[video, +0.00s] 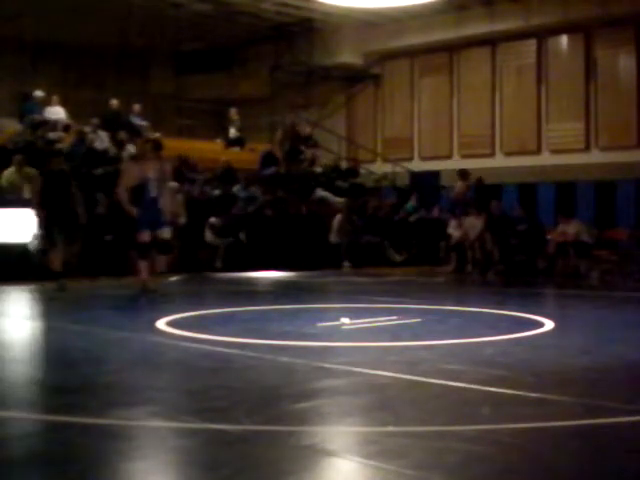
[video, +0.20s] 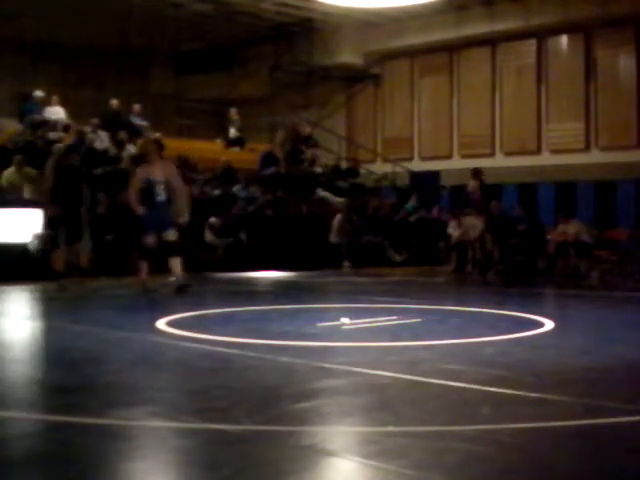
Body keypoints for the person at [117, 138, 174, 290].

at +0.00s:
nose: (150, 155)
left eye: (153, 151)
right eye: (147, 150)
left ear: (158, 151)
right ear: (142, 150)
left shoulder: (164, 166)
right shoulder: (134, 167)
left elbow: (170, 188)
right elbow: (122, 189)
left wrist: (172, 207)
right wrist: (130, 208)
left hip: (161, 210)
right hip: (142, 211)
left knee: (162, 244)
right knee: (143, 245)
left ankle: (161, 275)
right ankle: (144, 278)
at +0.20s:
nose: (152, 156)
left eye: (154, 152)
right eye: (149, 152)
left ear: (160, 152)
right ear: (145, 154)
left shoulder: (169, 168)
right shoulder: (141, 171)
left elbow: (179, 189)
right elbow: (132, 192)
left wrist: (182, 210)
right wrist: (138, 208)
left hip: (167, 211)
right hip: (149, 213)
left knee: (172, 244)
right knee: (148, 246)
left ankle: (178, 276)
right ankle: (144, 277)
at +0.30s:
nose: (157, 156)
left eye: (159, 152)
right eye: (153, 153)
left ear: (166, 152)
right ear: (150, 154)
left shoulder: (175, 170)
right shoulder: (148, 172)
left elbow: (188, 189)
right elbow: (138, 194)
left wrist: (198, 208)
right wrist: (144, 209)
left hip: (175, 213)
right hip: (156, 213)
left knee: (177, 247)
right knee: (153, 248)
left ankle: (181, 282)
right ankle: (147, 281)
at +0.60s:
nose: (170, 152)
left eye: (172, 148)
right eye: (167, 148)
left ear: (178, 148)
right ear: (162, 150)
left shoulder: (186, 164)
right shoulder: (158, 167)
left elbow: (201, 180)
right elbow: (149, 185)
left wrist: (210, 197)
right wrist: (143, 203)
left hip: (185, 206)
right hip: (167, 207)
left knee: (184, 244)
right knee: (169, 242)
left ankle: (182, 280)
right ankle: (167, 278)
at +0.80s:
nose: (171, 154)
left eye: (174, 150)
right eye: (168, 151)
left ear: (179, 149)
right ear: (164, 151)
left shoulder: (190, 164)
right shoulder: (161, 167)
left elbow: (207, 180)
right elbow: (151, 189)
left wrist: (211, 192)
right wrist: (139, 205)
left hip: (189, 208)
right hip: (171, 208)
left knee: (186, 246)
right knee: (173, 244)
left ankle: (184, 282)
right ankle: (173, 283)